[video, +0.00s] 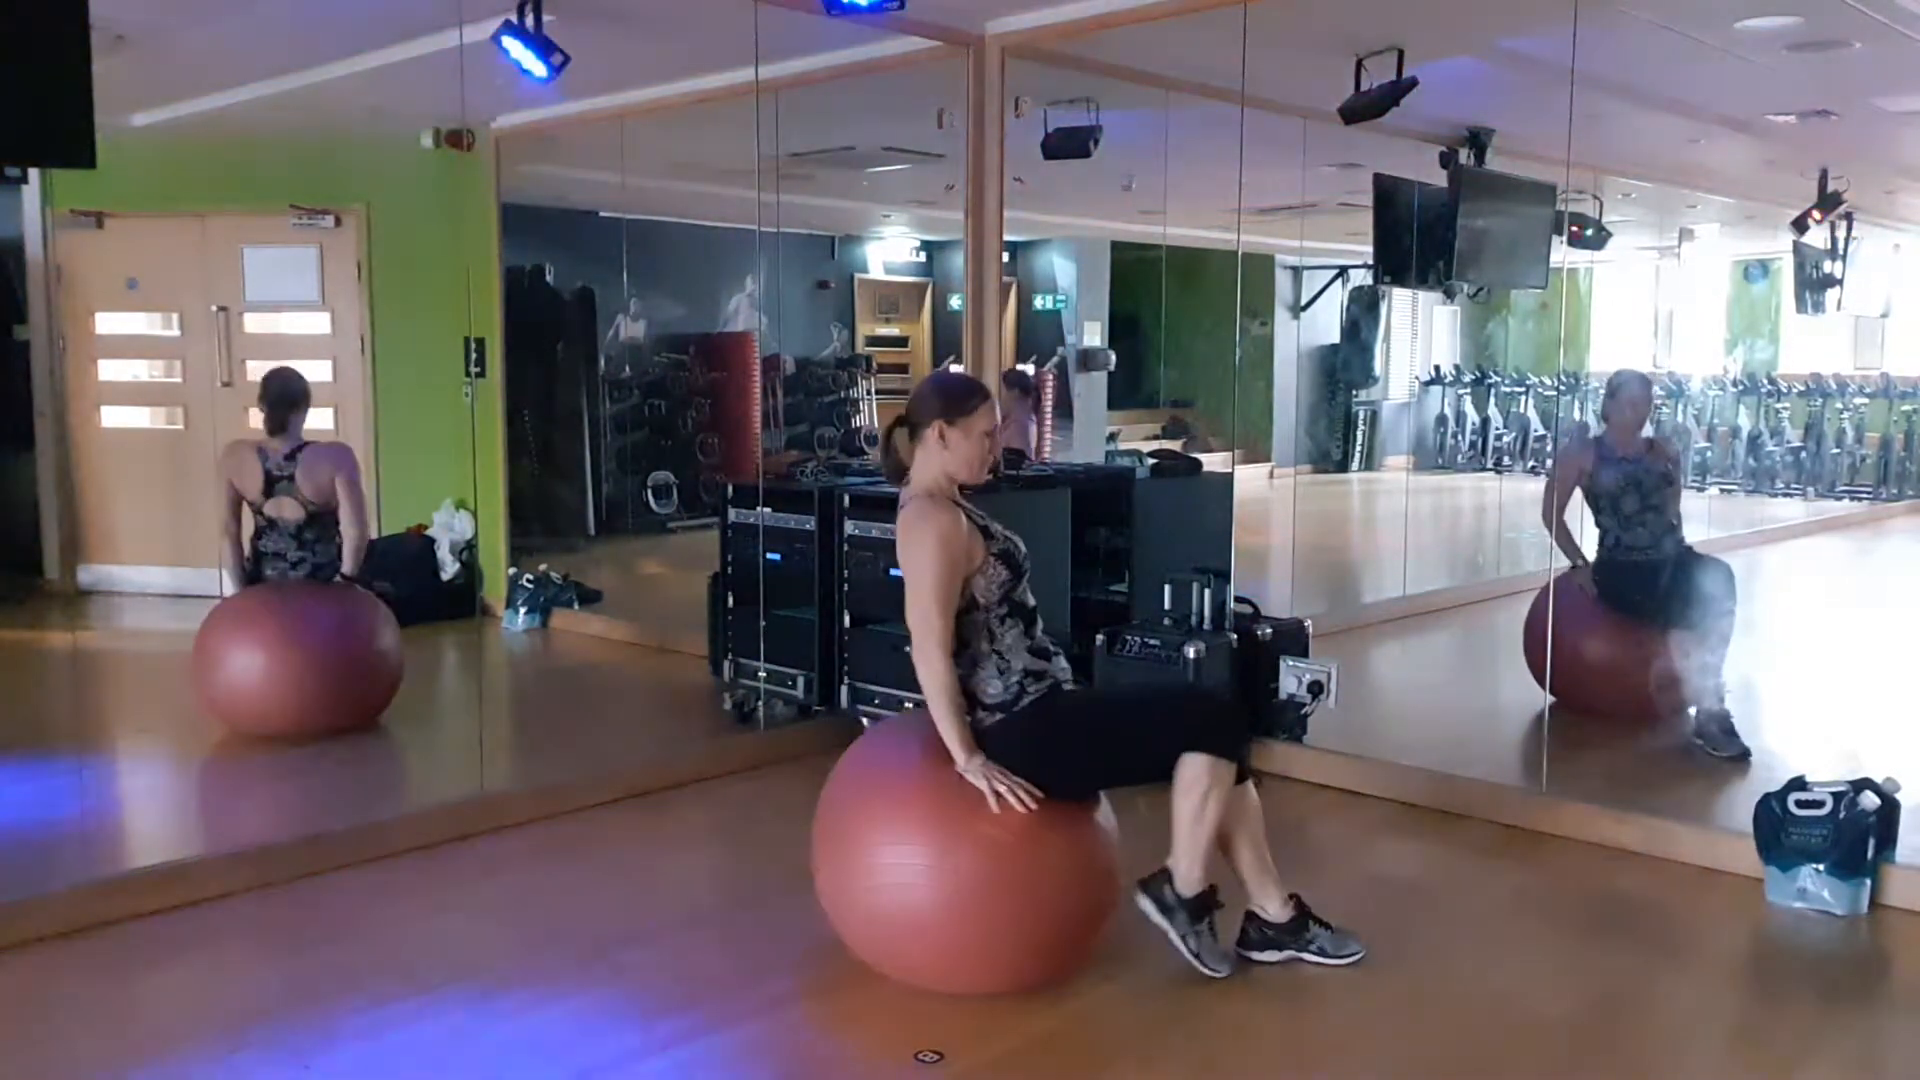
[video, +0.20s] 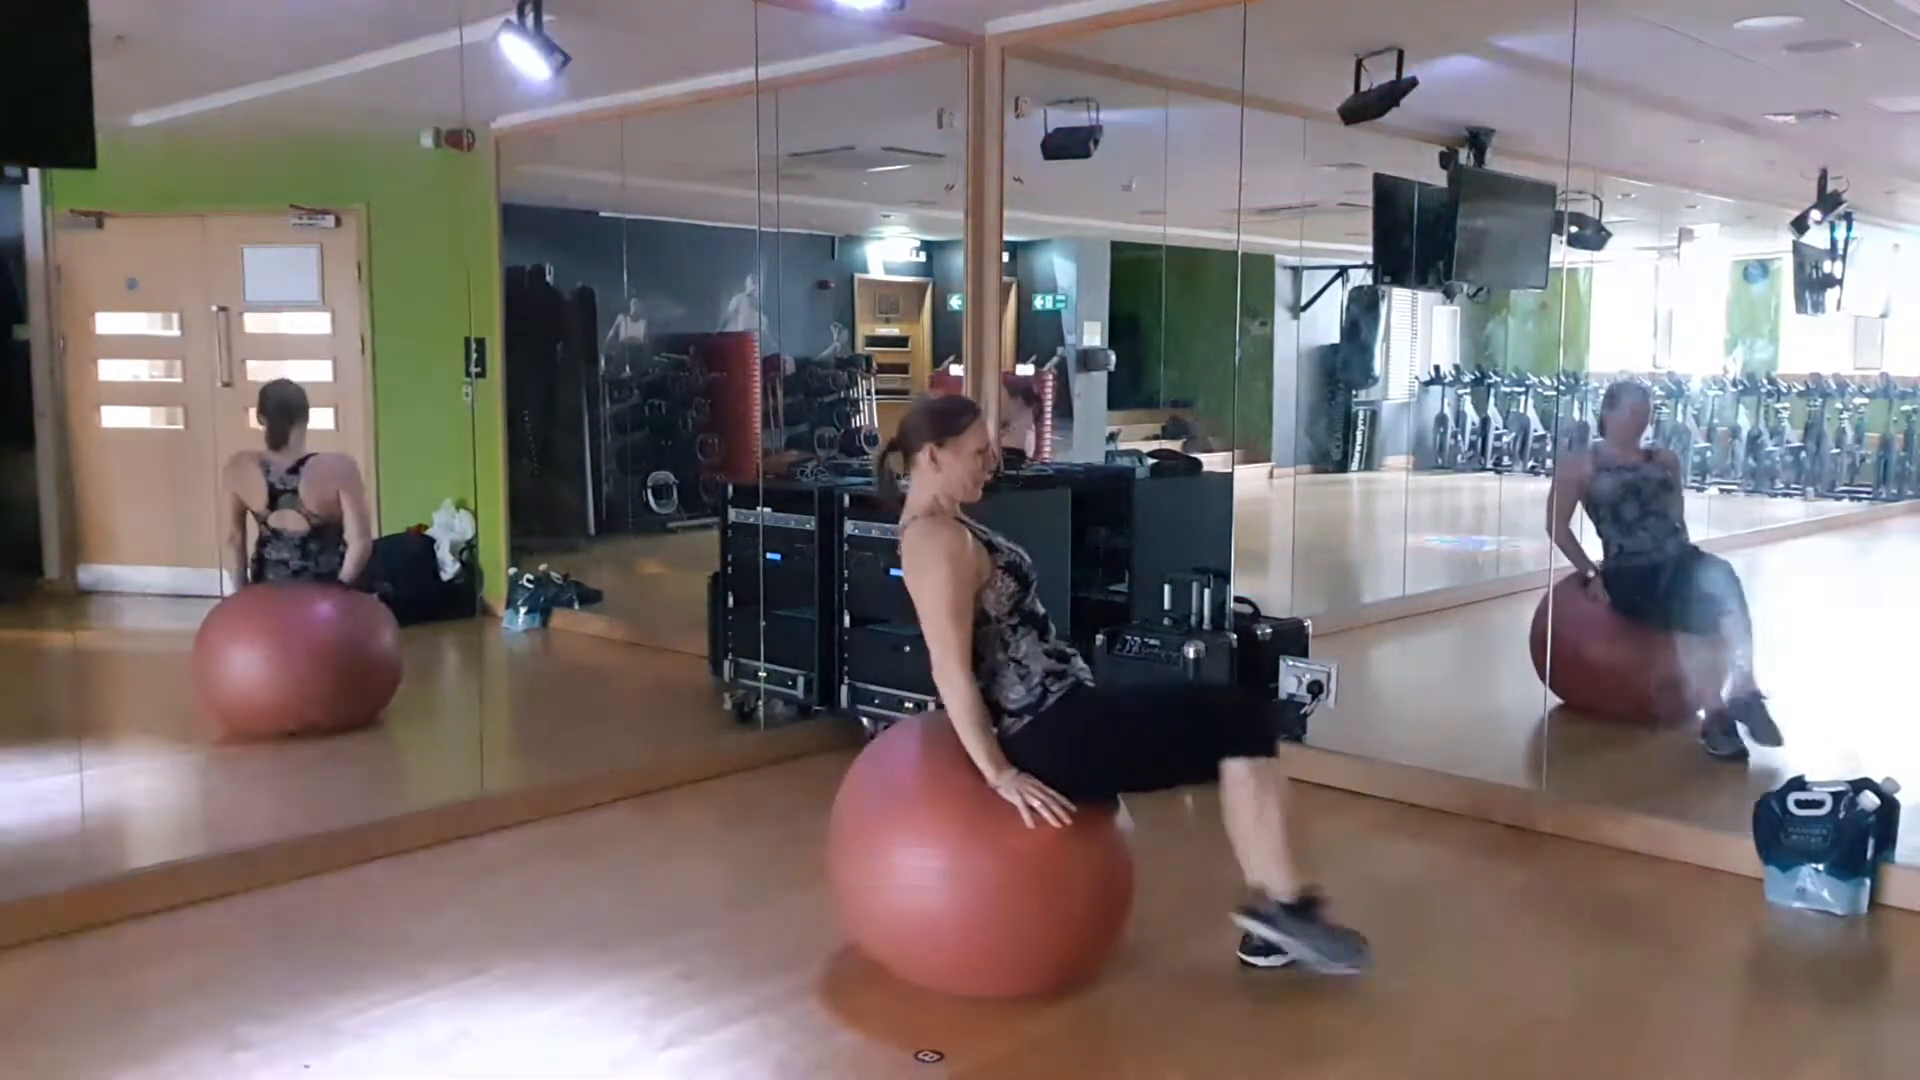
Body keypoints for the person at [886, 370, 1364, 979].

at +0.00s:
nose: (996, 448)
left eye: (995, 435)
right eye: (985, 435)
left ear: (945, 437)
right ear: (938, 435)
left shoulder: (947, 511)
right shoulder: (932, 522)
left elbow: (964, 634)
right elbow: (930, 649)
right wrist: (966, 755)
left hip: (1044, 711)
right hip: (1020, 730)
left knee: (1218, 740)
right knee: (1209, 719)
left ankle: (1273, 915)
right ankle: (1184, 888)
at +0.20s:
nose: (992, 463)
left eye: (991, 451)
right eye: (979, 453)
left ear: (936, 458)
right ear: (931, 457)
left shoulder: (947, 526)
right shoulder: (937, 539)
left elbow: (975, 650)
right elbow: (950, 668)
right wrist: (997, 770)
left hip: (1059, 715)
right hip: (1046, 730)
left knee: (1237, 716)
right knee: (1241, 719)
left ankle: (1270, 915)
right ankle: (1279, 905)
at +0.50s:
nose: (988, 492)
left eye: (989, 477)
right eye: (979, 478)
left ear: (937, 480)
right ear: (934, 479)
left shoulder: (949, 550)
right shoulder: (945, 562)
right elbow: (980, 685)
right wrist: (1054, 778)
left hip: (1096, 715)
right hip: (1085, 735)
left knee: (1268, 733)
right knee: (1277, 747)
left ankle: (1276, 919)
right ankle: (1430, 897)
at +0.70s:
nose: (982, 516)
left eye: (981, 503)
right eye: (970, 504)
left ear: (934, 511)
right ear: (927, 510)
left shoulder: (957, 577)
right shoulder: (941, 591)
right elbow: (998, 713)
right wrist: (1080, 786)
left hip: (1120, 716)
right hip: (1099, 742)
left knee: (1300, 736)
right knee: (1288, 786)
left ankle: (1277, 925)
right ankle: (1441, 933)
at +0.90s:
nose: (969, 548)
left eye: (966, 534)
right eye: (954, 538)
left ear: (926, 550)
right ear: (908, 554)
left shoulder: (960, 608)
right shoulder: (936, 628)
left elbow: (1044, 690)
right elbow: (1008, 733)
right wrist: (1102, 791)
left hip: (1133, 719)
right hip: (1114, 747)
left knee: (1319, 742)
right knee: (1305, 785)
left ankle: (1281, 919)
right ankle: (1450, 946)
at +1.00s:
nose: (958, 557)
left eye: (952, 544)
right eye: (942, 549)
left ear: (919, 565)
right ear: (899, 574)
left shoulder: (956, 620)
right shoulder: (933, 643)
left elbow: (1045, 691)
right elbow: (1008, 737)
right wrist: (1111, 791)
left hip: (1145, 720)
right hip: (1128, 751)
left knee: (1327, 733)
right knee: (1320, 780)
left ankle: (1290, 911)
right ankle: (1453, 946)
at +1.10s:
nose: (951, 567)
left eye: (945, 555)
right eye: (934, 561)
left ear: (919, 577)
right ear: (891, 589)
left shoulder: (957, 628)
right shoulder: (932, 657)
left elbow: (1045, 691)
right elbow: (1014, 739)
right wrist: (1119, 790)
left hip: (1152, 714)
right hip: (1136, 751)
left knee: (1335, 717)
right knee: (1329, 781)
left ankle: (1305, 890)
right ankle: (1452, 946)